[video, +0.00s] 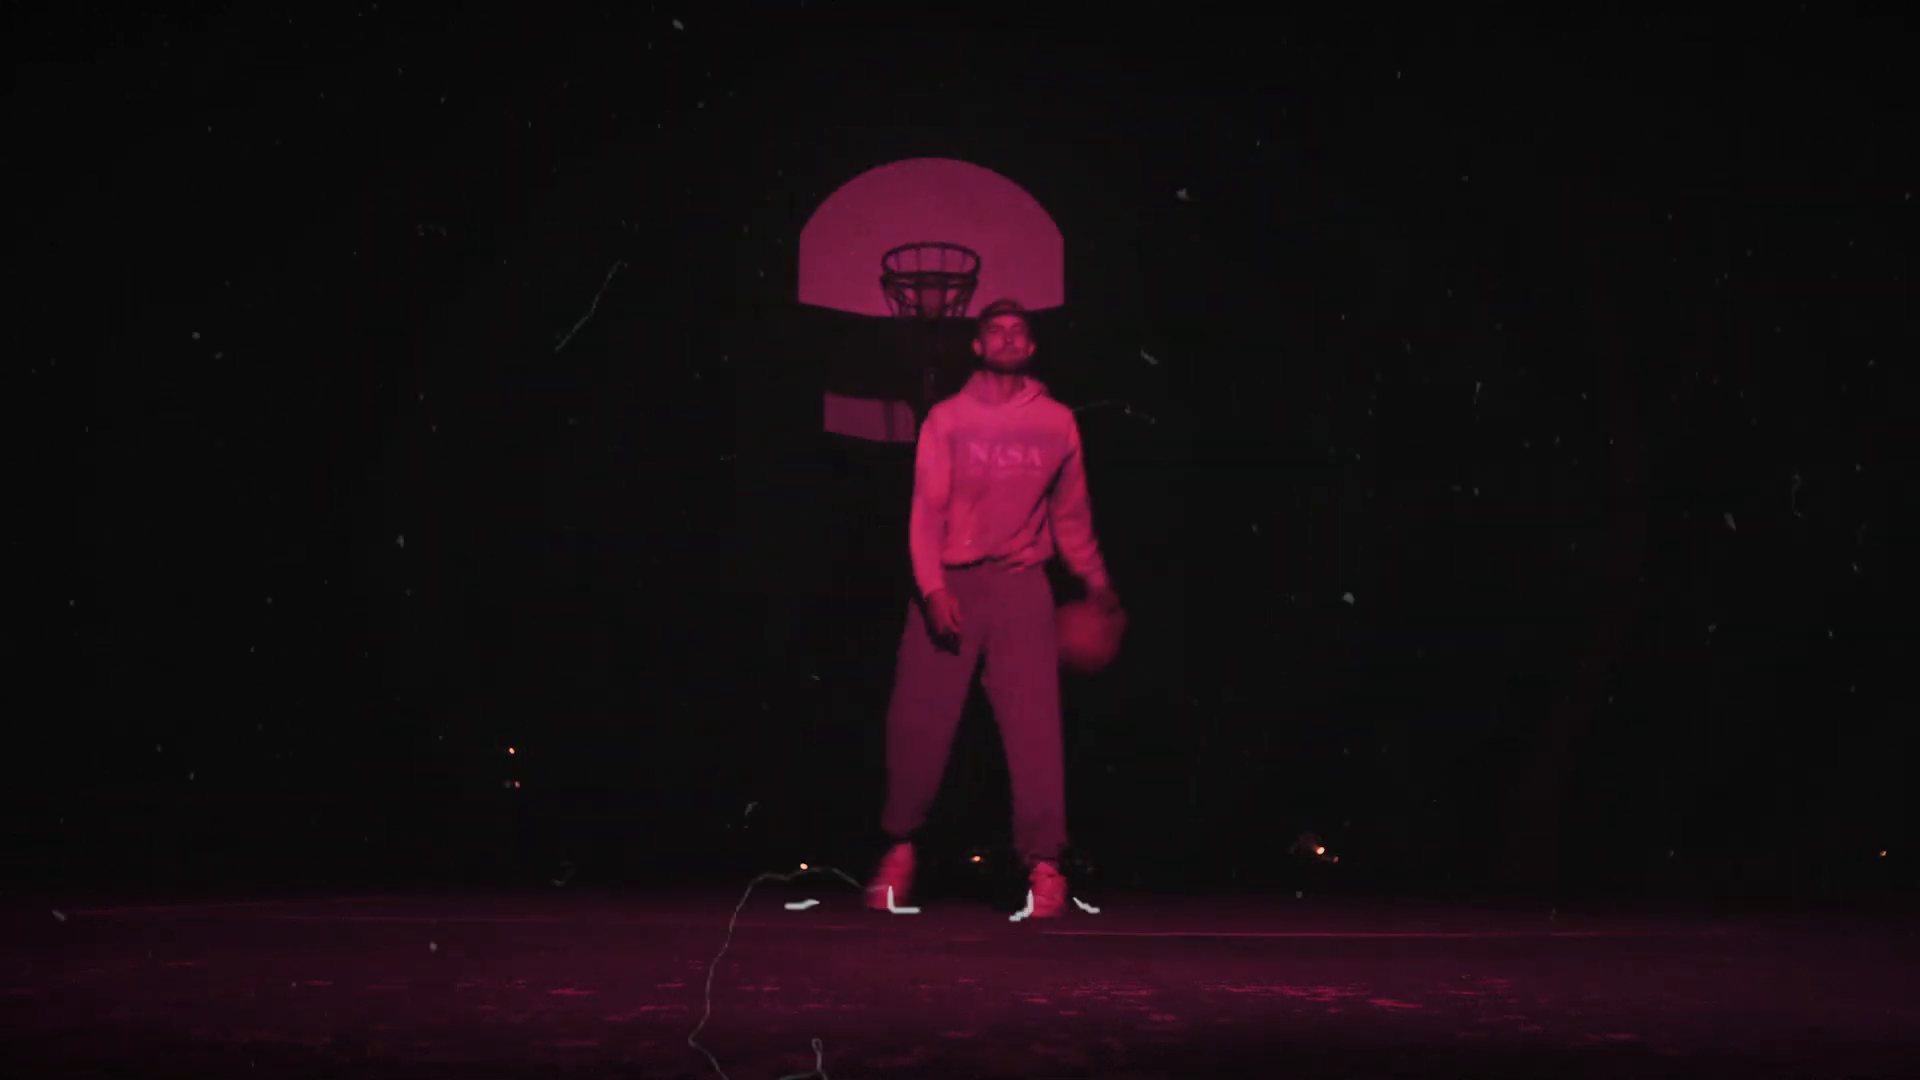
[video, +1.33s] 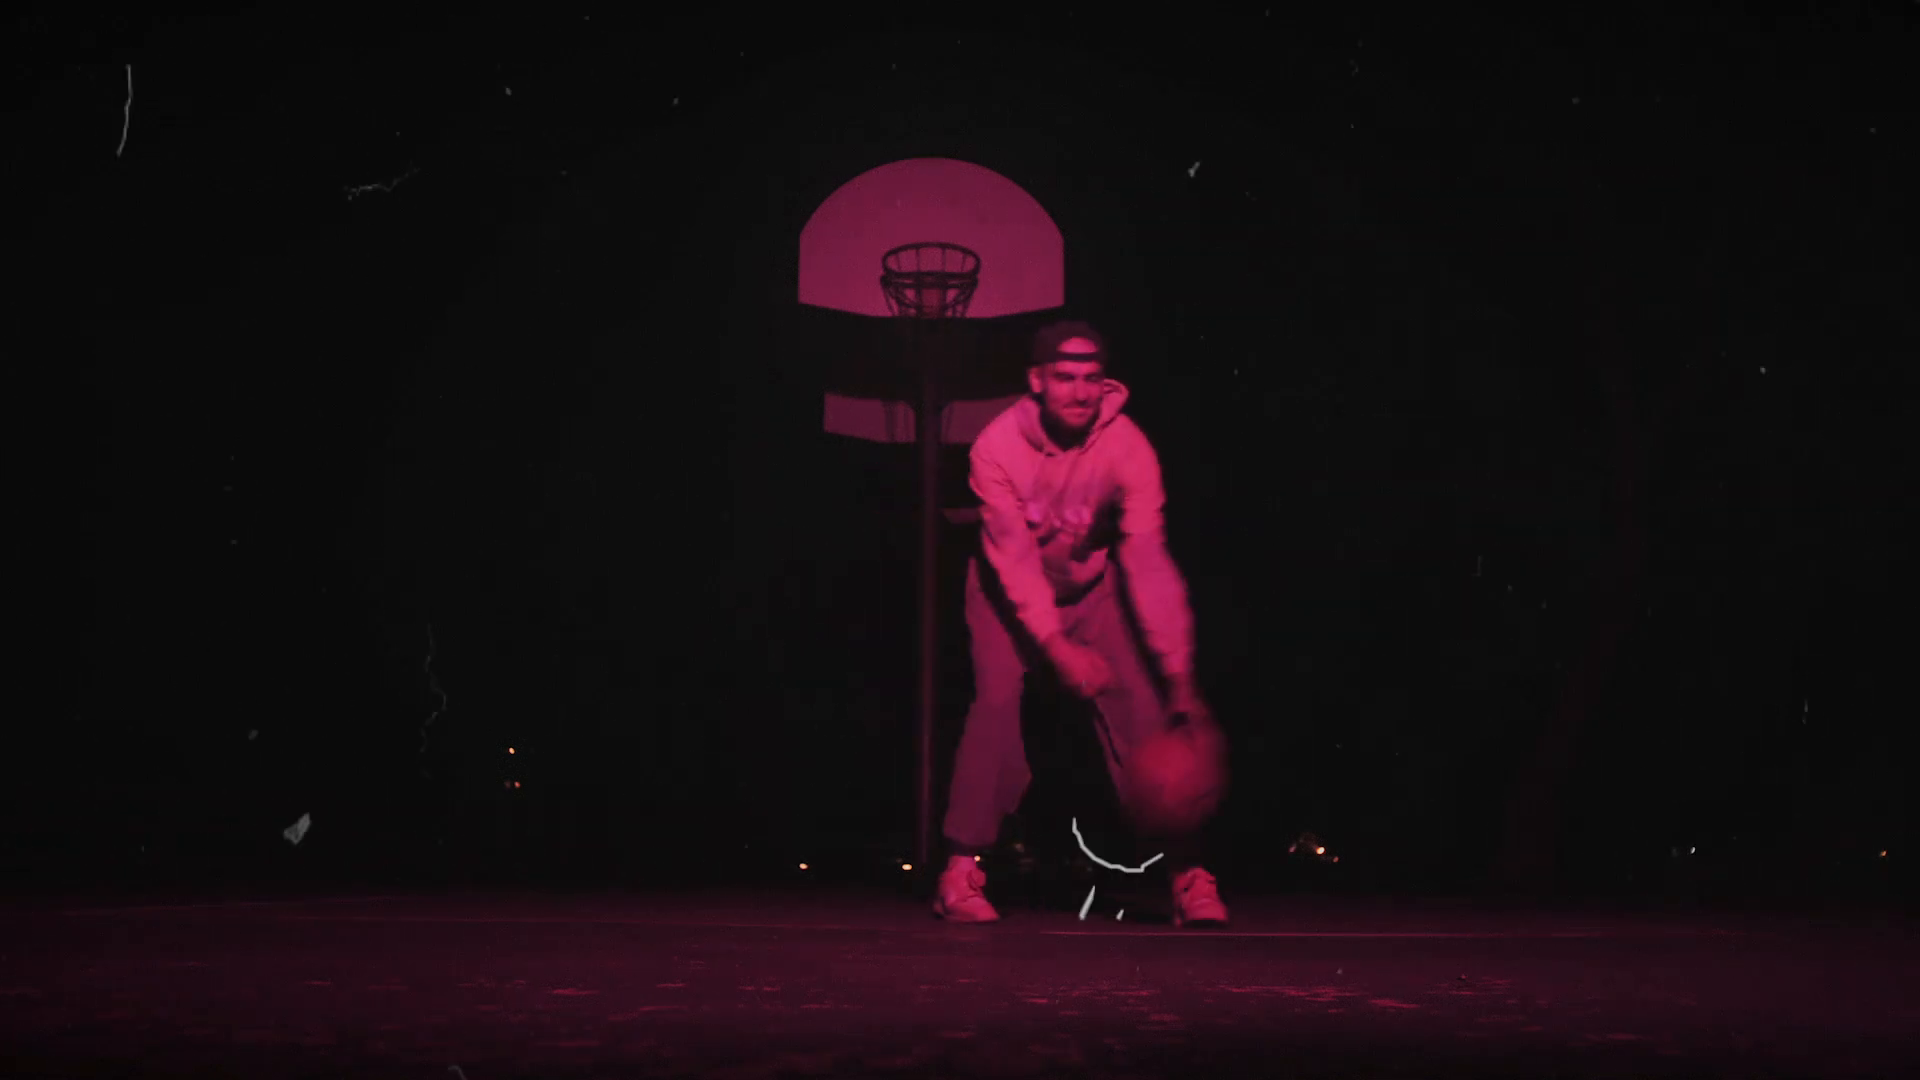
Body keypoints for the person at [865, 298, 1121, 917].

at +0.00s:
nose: (1010, 341)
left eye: (1019, 333)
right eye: (998, 333)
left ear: (1033, 347)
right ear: (978, 346)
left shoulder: (1057, 421)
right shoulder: (946, 419)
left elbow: (1072, 516)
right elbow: (926, 510)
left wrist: (1096, 584)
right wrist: (933, 590)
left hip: (1024, 589)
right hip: (949, 586)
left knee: (1033, 725)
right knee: (918, 721)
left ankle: (1045, 869)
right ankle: (899, 855)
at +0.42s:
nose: (1072, 350)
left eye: (1079, 341)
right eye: (1058, 344)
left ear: (1091, 357)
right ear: (1033, 361)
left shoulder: (1107, 429)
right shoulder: (1006, 429)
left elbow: (1136, 520)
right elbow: (973, 527)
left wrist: (1172, 586)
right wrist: (972, 595)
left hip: (1067, 599)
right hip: (1006, 594)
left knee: (1096, 728)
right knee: (1009, 708)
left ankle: (1112, 875)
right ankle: (964, 827)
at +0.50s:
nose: (1072, 365)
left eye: (1082, 356)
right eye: (1059, 356)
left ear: (1097, 370)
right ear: (1038, 370)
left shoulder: (1116, 445)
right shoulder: (1007, 446)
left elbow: (1126, 547)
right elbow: (975, 548)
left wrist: (1131, 637)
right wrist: (964, 630)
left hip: (1073, 596)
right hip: (1006, 586)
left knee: (1097, 718)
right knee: (1019, 670)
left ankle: (1112, 874)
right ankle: (964, 833)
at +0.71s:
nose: (1021, 404)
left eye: (1032, 391)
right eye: (1008, 395)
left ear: (1054, 397)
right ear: (993, 406)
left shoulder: (1090, 461)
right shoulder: (976, 483)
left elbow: (1081, 570)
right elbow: (958, 590)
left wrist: (1060, 669)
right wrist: (931, 684)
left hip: (1078, 610)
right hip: (1007, 611)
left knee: (1116, 738)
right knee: (1015, 714)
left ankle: (1114, 880)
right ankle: (961, 876)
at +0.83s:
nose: (974, 405)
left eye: (988, 392)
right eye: (964, 394)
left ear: (1017, 395)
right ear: (954, 402)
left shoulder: (1060, 451)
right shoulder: (945, 482)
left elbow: (1068, 567)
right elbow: (924, 578)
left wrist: (1055, 674)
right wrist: (881, 651)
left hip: (1072, 589)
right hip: (995, 593)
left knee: (1109, 730)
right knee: (1001, 706)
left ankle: (1116, 864)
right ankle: (958, 871)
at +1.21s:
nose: (1033, 400)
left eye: (1046, 387)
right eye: (1018, 387)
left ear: (1062, 391)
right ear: (995, 390)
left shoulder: (1089, 449)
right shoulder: (963, 456)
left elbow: (1080, 559)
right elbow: (965, 562)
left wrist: (1068, 678)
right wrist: (980, 666)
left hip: (1082, 586)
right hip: (1006, 587)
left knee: (1129, 706)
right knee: (985, 707)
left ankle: (1182, 865)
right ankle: (957, 871)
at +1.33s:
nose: (1081, 391)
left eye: (1092, 377)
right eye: (1065, 377)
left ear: (1105, 382)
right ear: (1036, 382)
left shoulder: (1127, 446)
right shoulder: (998, 448)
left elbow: (1149, 557)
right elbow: (1014, 553)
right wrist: (1056, 644)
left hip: (1095, 583)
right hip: (1009, 583)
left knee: (1136, 702)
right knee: (1000, 702)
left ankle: (1187, 871)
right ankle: (962, 868)